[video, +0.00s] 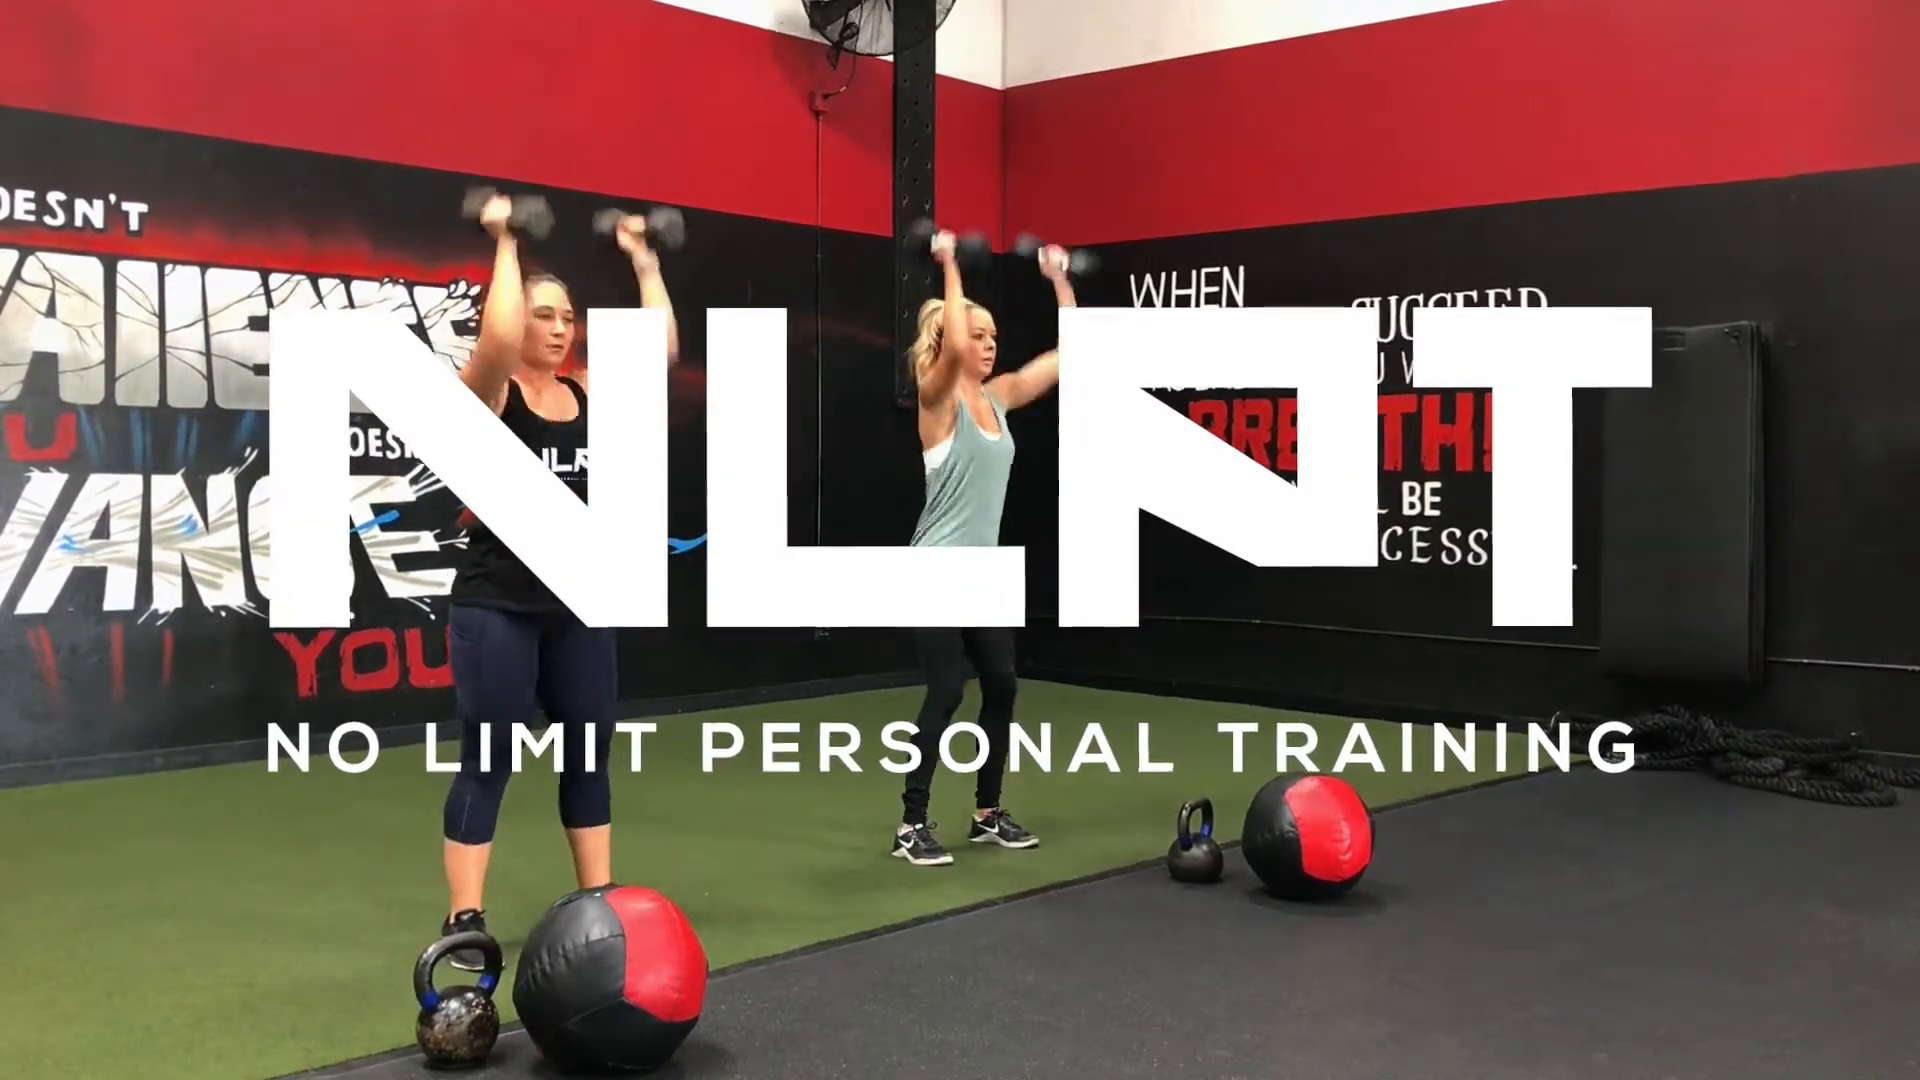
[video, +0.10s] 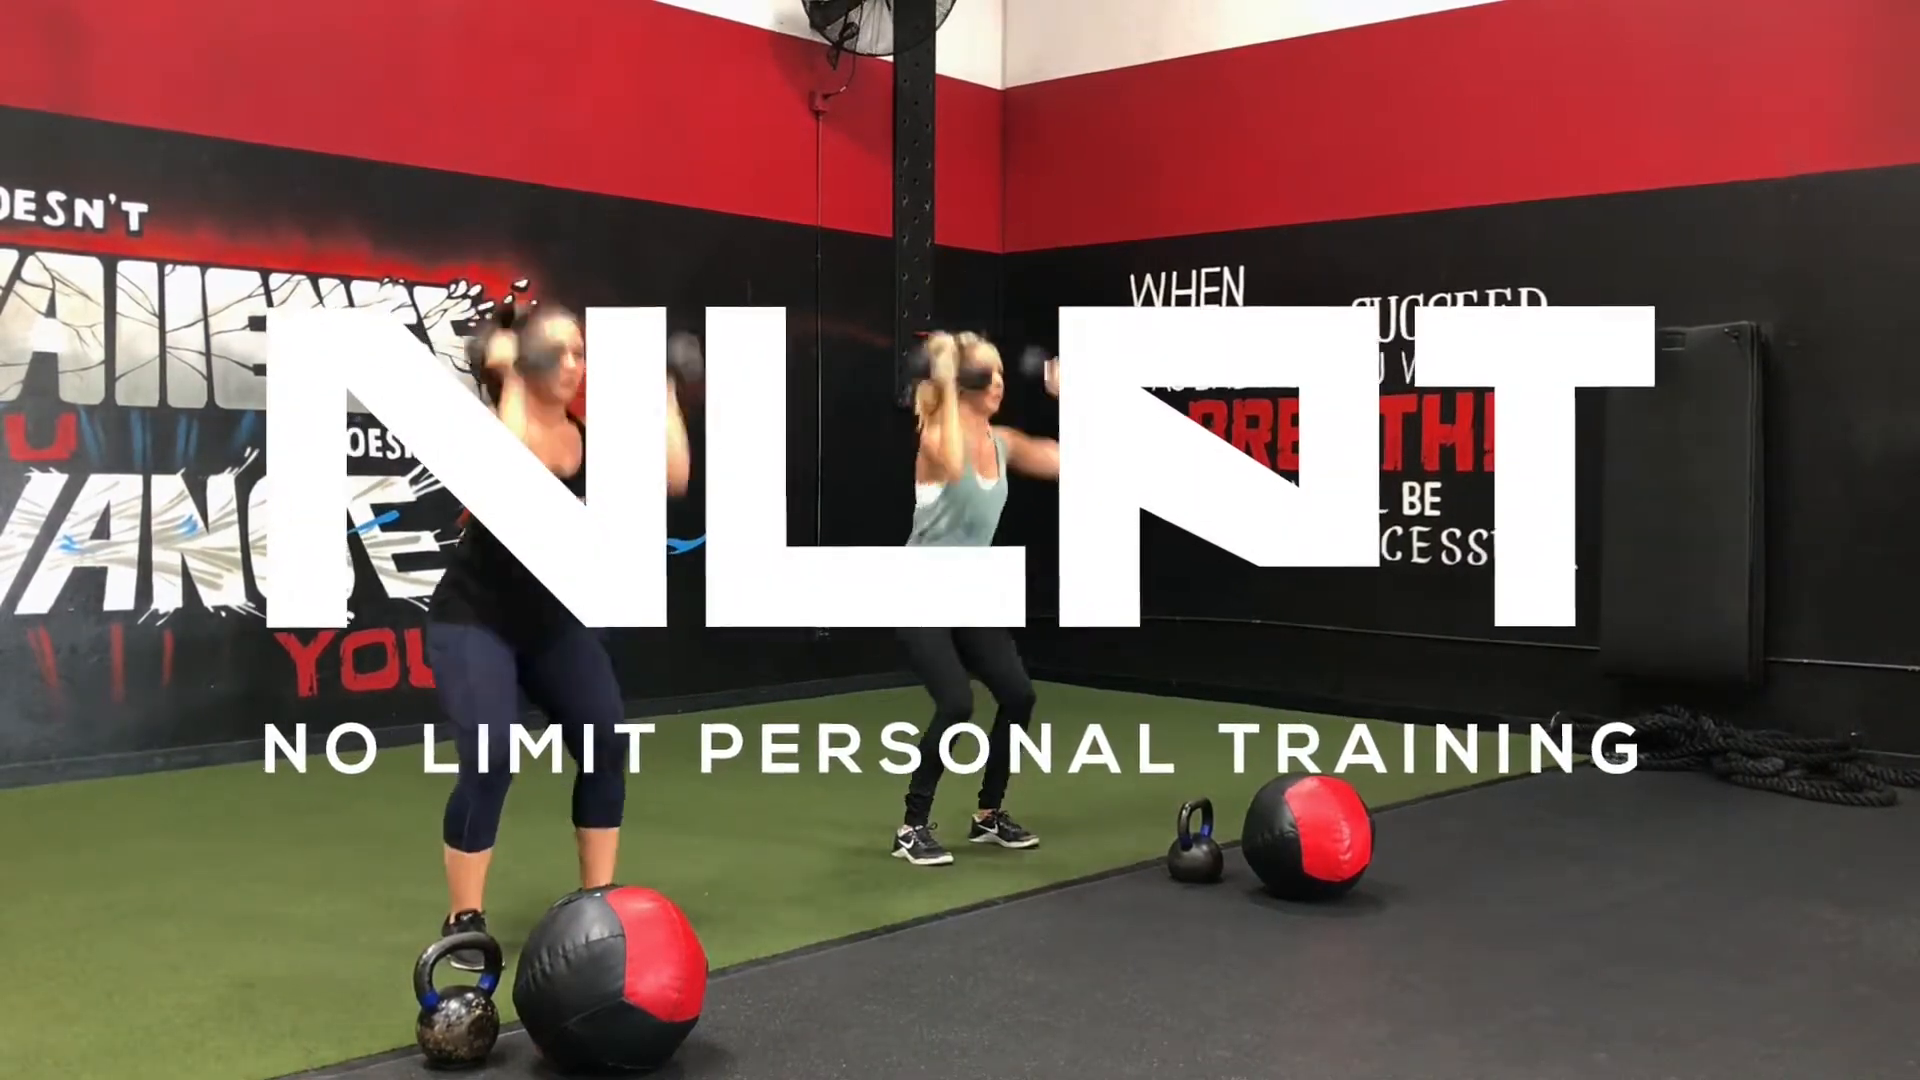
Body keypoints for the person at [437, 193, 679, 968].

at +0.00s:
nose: (559, 327)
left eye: (567, 316)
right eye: (543, 315)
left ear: (578, 328)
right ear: (509, 324)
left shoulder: (597, 396)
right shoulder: (489, 394)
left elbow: (663, 342)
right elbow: (497, 332)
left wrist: (642, 257)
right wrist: (506, 240)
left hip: (584, 603)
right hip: (496, 604)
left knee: (588, 756)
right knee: (487, 760)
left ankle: (598, 910)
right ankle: (466, 923)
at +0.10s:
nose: (578, 368)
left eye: (582, 354)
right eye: (564, 356)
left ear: (588, 362)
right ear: (526, 369)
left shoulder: (602, 426)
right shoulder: (494, 430)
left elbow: (676, 475)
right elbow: (501, 490)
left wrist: (662, 391)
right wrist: (507, 380)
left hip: (557, 616)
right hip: (475, 616)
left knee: (605, 739)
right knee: (488, 754)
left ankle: (597, 908)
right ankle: (466, 924)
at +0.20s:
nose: (584, 457)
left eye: (588, 444)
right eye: (570, 445)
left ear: (597, 451)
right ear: (530, 453)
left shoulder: (596, 511)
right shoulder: (494, 517)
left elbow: (644, 592)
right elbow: (508, 626)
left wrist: (645, 529)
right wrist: (518, 531)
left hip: (544, 664)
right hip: (461, 668)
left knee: (634, 753)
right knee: (490, 773)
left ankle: (595, 904)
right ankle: (465, 924)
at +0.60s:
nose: (568, 378)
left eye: (576, 365)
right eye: (555, 366)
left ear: (590, 375)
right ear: (524, 378)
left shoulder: (606, 447)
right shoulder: (498, 442)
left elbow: (668, 510)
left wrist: (643, 414)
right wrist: (500, 407)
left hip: (554, 631)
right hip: (473, 630)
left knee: (621, 744)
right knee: (489, 762)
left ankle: (596, 910)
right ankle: (465, 929)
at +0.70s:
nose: (555, 328)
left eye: (562, 318)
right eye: (541, 317)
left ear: (575, 329)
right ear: (511, 323)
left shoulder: (594, 399)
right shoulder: (487, 395)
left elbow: (669, 366)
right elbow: (500, 349)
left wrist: (643, 277)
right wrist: (498, 263)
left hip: (582, 599)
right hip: (494, 601)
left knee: (589, 750)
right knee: (487, 754)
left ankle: (598, 911)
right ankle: (465, 922)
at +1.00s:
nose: (561, 342)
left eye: (569, 330)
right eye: (546, 331)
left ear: (580, 337)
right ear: (513, 340)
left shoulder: (597, 407)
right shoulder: (494, 403)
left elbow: (674, 414)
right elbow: (500, 405)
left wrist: (652, 321)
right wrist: (495, 315)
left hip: (567, 611)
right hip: (481, 608)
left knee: (598, 742)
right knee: (488, 751)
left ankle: (598, 908)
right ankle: (466, 923)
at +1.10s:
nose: (572, 415)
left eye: (576, 403)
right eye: (559, 404)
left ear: (587, 410)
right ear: (521, 414)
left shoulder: (609, 474)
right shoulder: (496, 473)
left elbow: (659, 566)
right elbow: (500, 571)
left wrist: (654, 478)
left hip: (543, 644)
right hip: (463, 646)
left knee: (626, 750)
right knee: (488, 766)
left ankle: (596, 908)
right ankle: (464, 925)